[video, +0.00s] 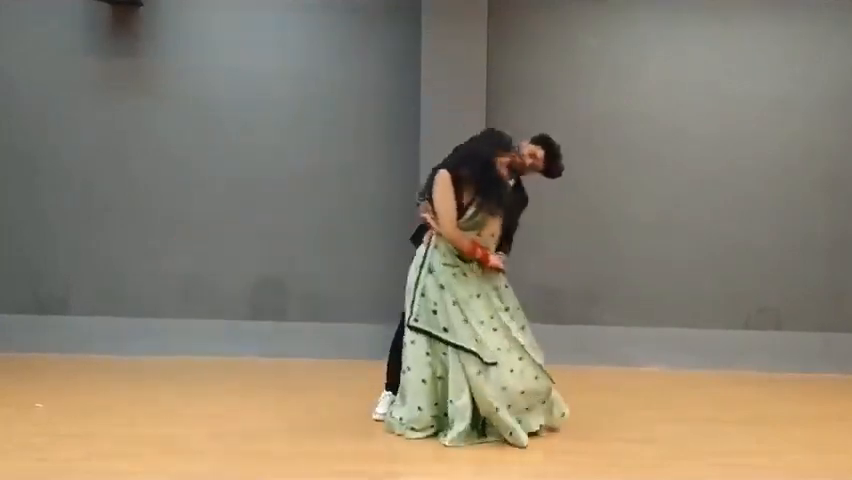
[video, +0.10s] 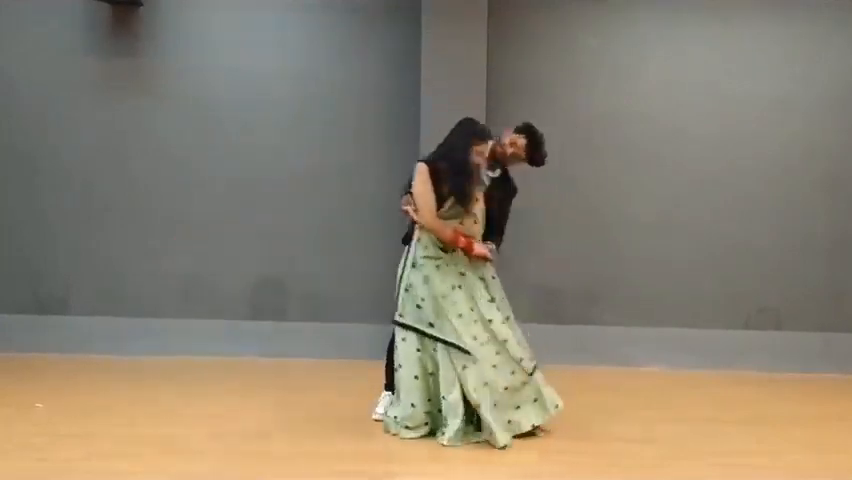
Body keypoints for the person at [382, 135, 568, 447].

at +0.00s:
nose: (507, 166)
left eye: (510, 163)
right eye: (504, 159)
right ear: (490, 157)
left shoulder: (497, 198)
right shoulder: (444, 177)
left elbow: (487, 242)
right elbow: (449, 230)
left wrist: (439, 228)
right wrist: (483, 253)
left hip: (474, 272)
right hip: (440, 267)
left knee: (481, 342)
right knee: (446, 339)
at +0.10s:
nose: (484, 161)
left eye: (487, 155)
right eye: (481, 152)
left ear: (476, 153)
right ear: (463, 147)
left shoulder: (475, 183)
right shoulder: (425, 171)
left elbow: (475, 230)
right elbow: (428, 220)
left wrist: (432, 225)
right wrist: (469, 244)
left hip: (463, 267)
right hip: (428, 265)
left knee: (475, 338)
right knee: (432, 338)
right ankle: (437, 414)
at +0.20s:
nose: (464, 151)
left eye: (467, 145)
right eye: (460, 143)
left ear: (467, 147)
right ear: (440, 140)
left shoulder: (461, 177)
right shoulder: (409, 167)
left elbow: (462, 224)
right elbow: (412, 212)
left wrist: (419, 213)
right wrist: (458, 235)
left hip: (454, 264)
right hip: (416, 263)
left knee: (464, 337)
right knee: (416, 337)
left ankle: (466, 416)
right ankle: (417, 413)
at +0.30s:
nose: (448, 141)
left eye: (450, 135)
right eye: (442, 133)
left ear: (452, 137)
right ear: (422, 133)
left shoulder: (450, 169)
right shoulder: (396, 165)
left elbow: (455, 214)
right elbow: (402, 208)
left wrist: (411, 209)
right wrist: (447, 223)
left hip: (445, 263)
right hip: (408, 263)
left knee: (453, 336)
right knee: (410, 338)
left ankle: (458, 416)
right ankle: (410, 414)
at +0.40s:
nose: (440, 135)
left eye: (443, 129)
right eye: (434, 127)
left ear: (444, 132)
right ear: (414, 128)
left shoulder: (446, 165)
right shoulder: (392, 163)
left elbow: (452, 208)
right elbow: (398, 205)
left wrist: (406, 204)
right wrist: (441, 213)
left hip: (443, 259)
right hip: (406, 260)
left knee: (450, 334)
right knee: (409, 336)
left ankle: (455, 417)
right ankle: (410, 415)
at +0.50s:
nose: (429, 124)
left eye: (430, 117)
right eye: (421, 118)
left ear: (433, 123)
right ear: (403, 126)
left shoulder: (442, 159)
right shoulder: (391, 164)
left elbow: (449, 199)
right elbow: (398, 203)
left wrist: (405, 198)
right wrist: (439, 206)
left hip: (442, 257)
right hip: (406, 257)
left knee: (447, 332)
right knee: (407, 333)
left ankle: (450, 414)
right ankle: (411, 414)